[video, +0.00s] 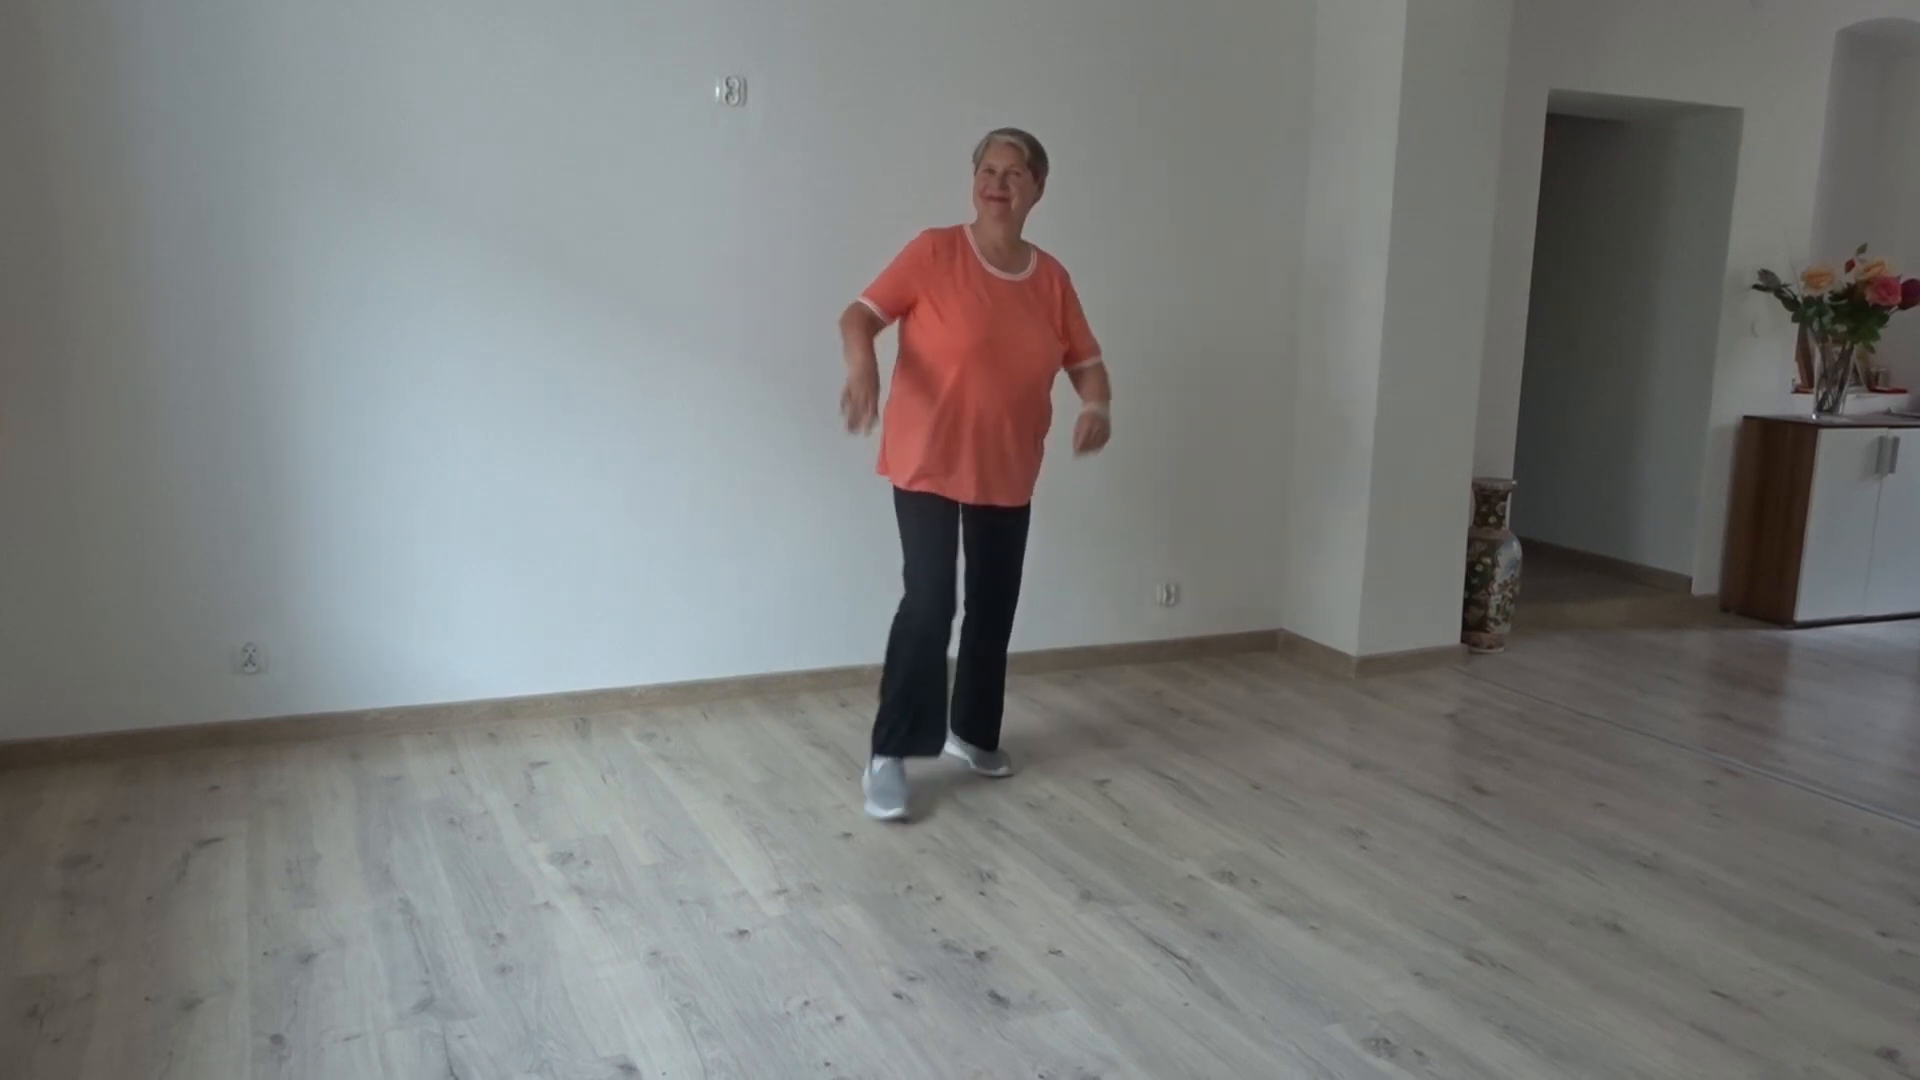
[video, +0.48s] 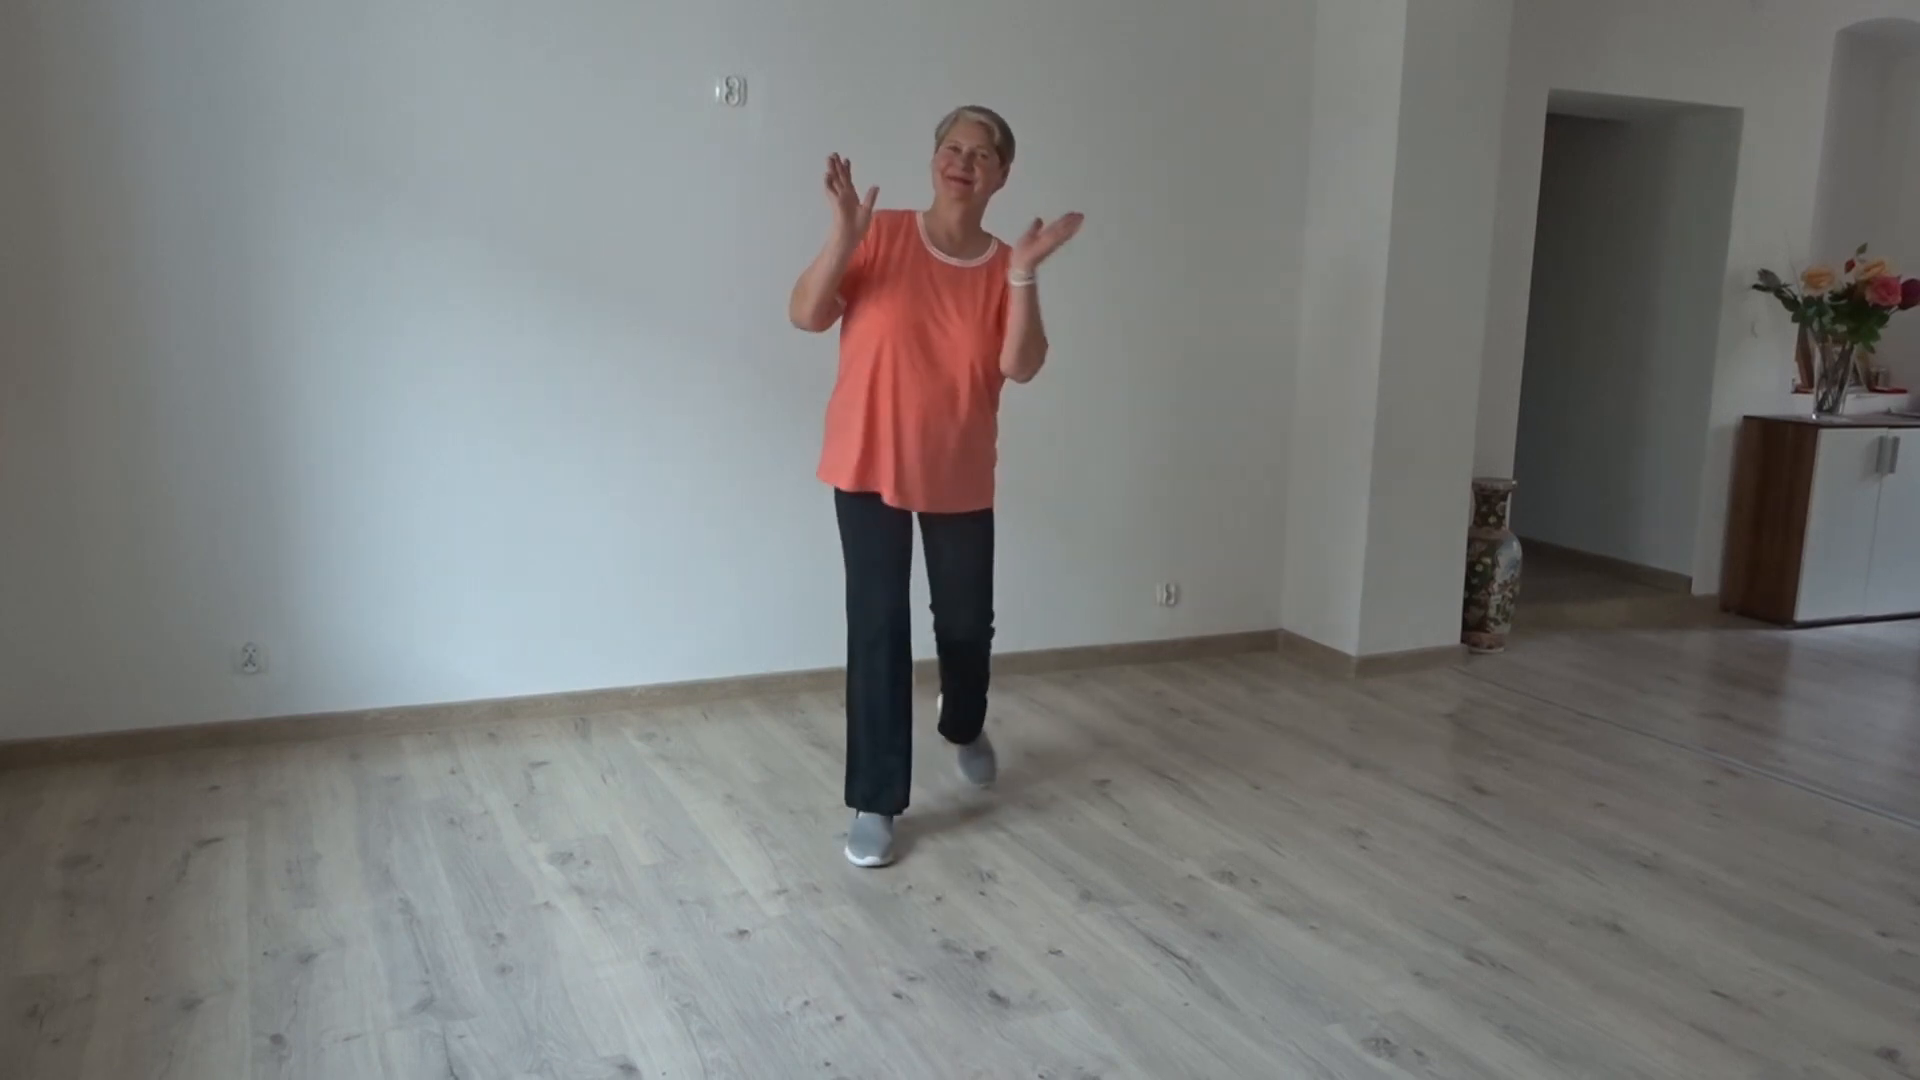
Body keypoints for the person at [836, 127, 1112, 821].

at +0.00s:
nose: (1000, 183)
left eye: (1015, 174)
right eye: (989, 172)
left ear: (1038, 189)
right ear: (972, 183)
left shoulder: (1051, 278)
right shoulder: (933, 252)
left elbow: (1085, 361)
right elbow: (860, 316)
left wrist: (1097, 405)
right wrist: (861, 367)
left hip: (1006, 470)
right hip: (926, 460)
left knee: (992, 611)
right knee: (931, 602)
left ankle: (972, 732)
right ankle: (890, 755)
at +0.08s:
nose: (996, 178)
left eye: (1011, 169)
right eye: (986, 166)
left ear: (1034, 185)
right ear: (969, 177)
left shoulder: (1049, 274)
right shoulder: (927, 245)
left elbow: (1092, 357)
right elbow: (857, 299)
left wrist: (1101, 369)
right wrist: (848, 305)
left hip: (1002, 467)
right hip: (919, 457)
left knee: (985, 611)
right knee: (908, 614)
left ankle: (972, 735)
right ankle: (876, 777)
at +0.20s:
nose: (986, 178)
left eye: (1003, 170)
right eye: (976, 166)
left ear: (1025, 186)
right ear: (959, 177)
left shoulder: (1039, 278)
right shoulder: (914, 245)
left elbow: (1081, 373)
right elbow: (840, 320)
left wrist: (1095, 326)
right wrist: (840, 270)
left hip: (991, 472)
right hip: (905, 463)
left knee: (979, 617)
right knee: (900, 627)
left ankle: (970, 734)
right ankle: (872, 789)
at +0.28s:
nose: (979, 175)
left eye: (996, 167)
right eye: (969, 163)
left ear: (1019, 186)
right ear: (951, 176)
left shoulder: (1028, 279)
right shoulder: (906, 243)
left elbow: (1062, 375)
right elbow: (830, 321)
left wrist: (1077, 304)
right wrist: (839, 247)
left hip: (980, 467)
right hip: (892, 458)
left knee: (976, 611)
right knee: (893, 624)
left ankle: (971, 729)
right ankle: (874, 800)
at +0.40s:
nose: (967, 166)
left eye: (985, 159)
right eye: (958, 153)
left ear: (1007, 181)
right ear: (939, 165)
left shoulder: (1014, 273)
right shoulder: (888, 235)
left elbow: (1034, 370)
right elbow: (813, 314)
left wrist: (1047, 282)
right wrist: (836, 234)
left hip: (963, 467)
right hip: (874, 457)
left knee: (976, 620)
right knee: (882, 632)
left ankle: (969, 720)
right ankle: (873, 803)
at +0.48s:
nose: (963, 162)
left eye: (981, 155)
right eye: (953, 149)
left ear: (1001, 175)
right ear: (932, 160)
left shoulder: (1004, 265)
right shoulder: (878, 233)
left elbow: (1021, 366)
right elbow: (806, 315)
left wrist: (1021, 273)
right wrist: (844, 233)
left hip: (959, 470)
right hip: (868, 460)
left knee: (965, 626)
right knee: (875, 632)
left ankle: (966, 733)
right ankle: (874, 802)